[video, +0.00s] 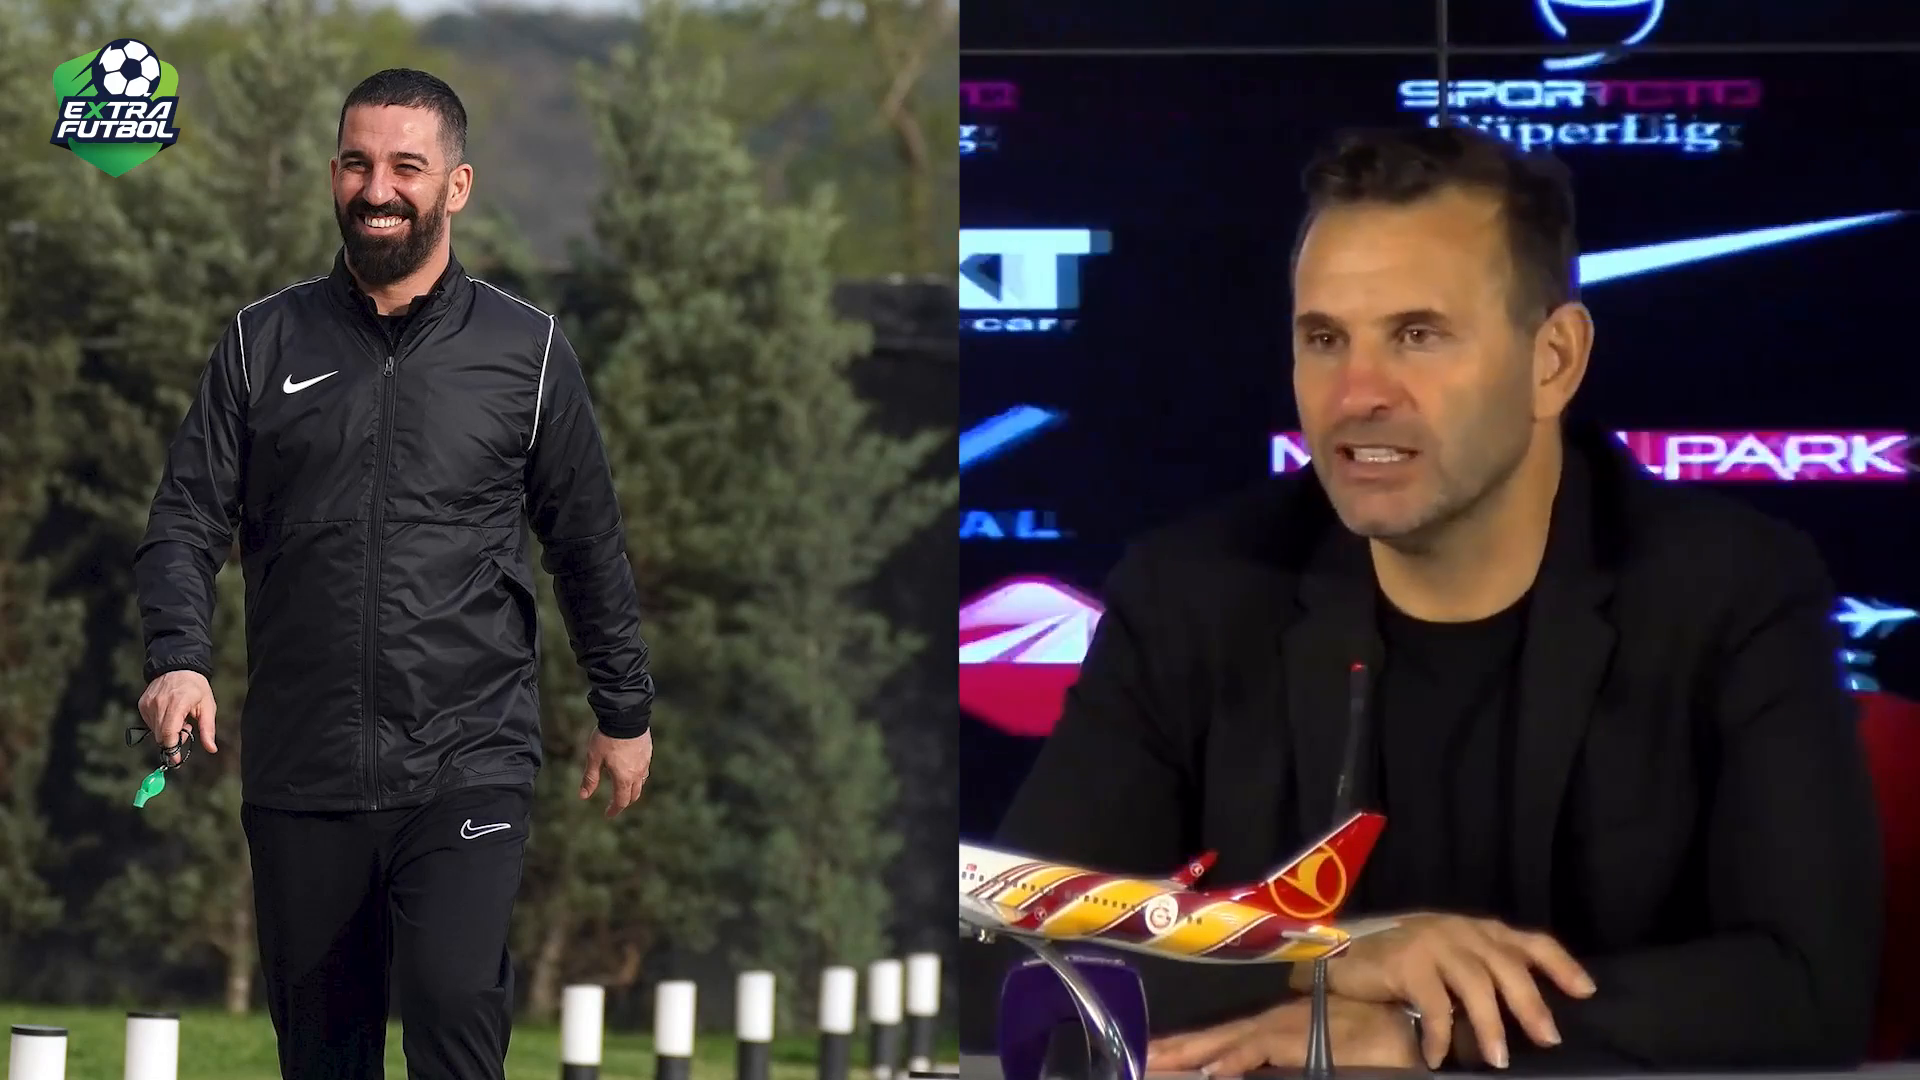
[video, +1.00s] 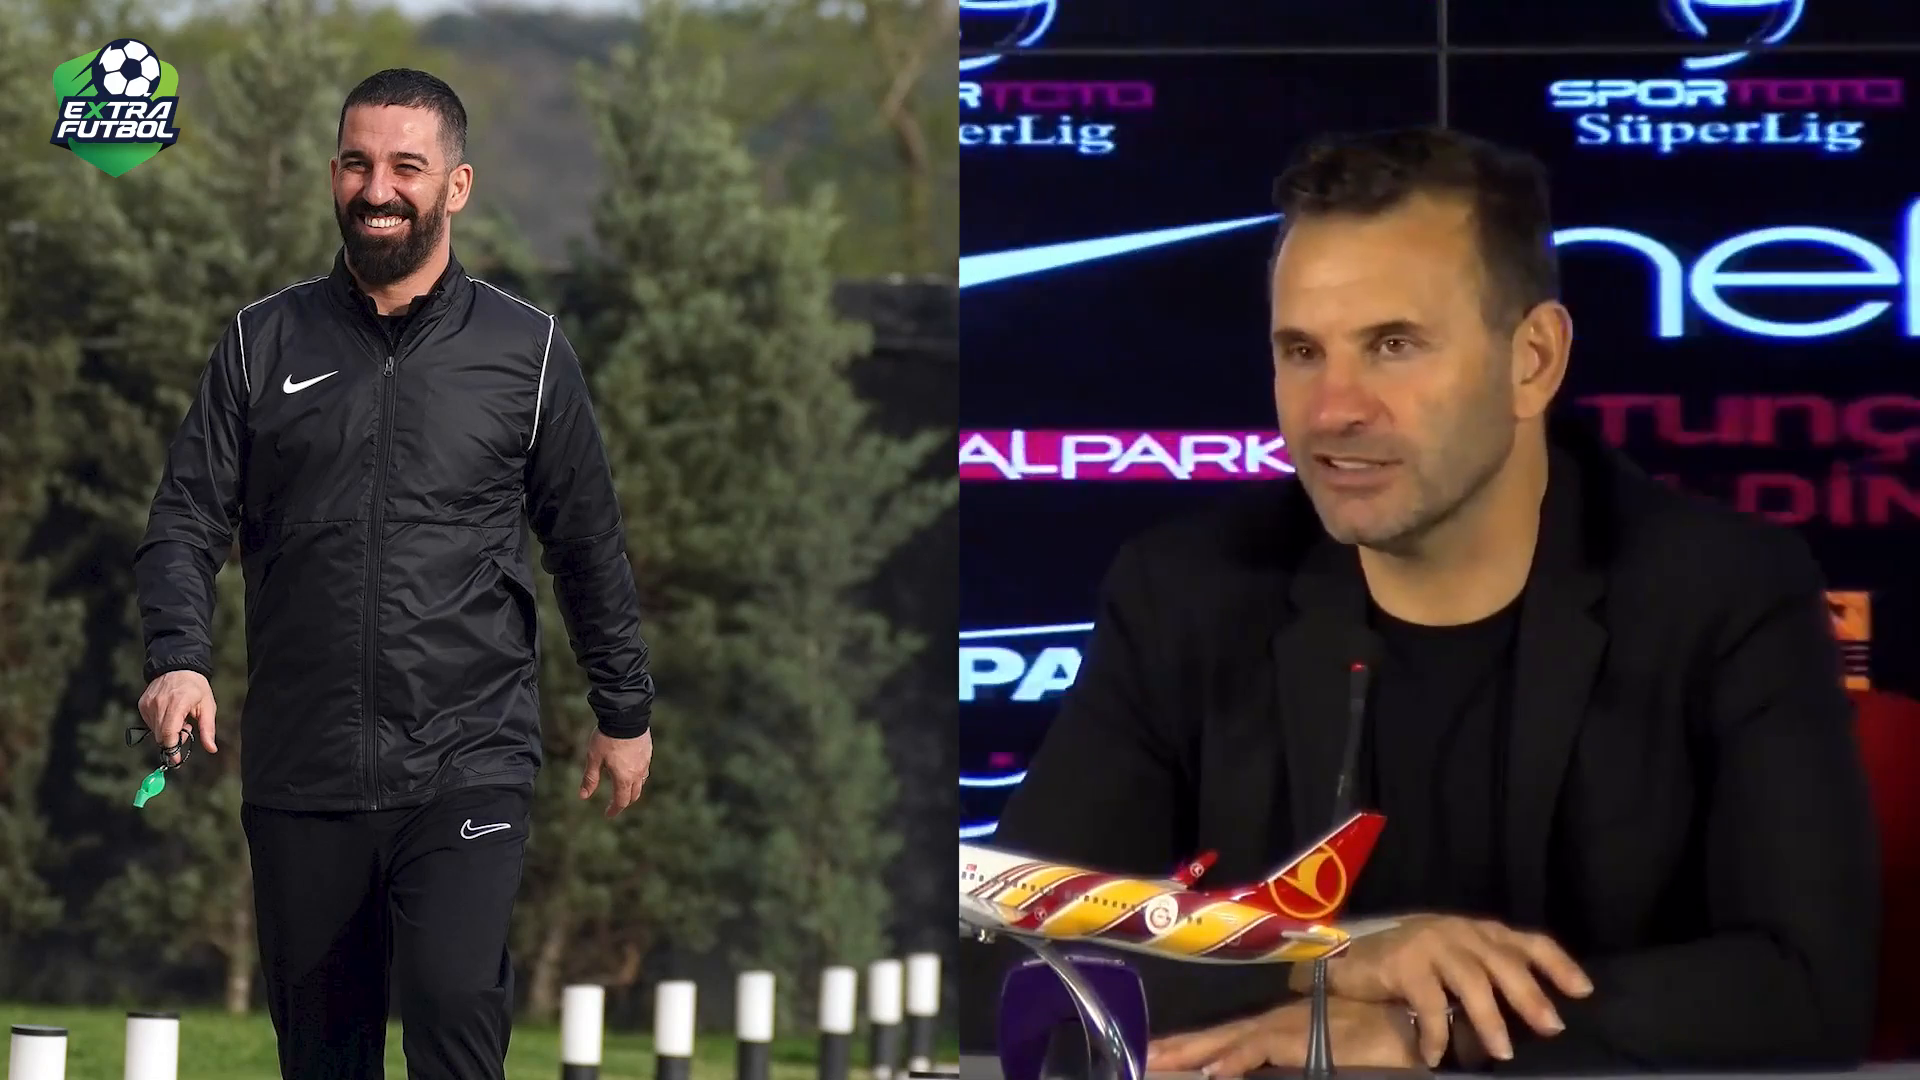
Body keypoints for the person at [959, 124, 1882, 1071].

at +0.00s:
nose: (1356, 393)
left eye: (1418, 336)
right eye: (1325, 339)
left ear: (1555, 360)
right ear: (1293, 357)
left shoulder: (1734, 593)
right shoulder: (1193, 593)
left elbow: (1807, 990)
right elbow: (1026, 967)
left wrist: (1425, 1033)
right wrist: (1324, 962)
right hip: (1245, 1076)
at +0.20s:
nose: (1351, 397)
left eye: (1415, 339)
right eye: (1322, 341)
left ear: (1553, 362)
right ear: (1291, 354)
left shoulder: (1735, 596)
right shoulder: (1191, 592)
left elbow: (1805, 990)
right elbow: (1028, 954)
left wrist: (1423, 1034)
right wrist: (1323, 959)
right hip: (1243, 1075)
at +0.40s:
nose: (1345, 403)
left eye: (1406, 344)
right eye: (1314, 347)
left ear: (1547, 362)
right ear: (1286, 356)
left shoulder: (1733, 597)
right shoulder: (1187, 594)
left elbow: (1805, 990)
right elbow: (1027, 947)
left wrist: (1422, 1035)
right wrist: (1329, 959)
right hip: (1242, 1075)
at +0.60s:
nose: (1338, 401)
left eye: (1400, 344)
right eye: (1308, 348)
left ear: (1540, 362)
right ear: (1279, 357)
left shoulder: (1724, 598)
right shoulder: (1186, 593)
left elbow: (1807, 990)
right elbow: (1022, 960)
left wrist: (1421, 1034)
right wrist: (1324, 964)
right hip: (1244, 1077)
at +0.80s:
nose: (1338, 403)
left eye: (1399, 345)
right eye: (1308, 351)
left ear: (1538, 361)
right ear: (1277, 363)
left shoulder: (1726, 595)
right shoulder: (1189, 592)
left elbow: (1808, 988)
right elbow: (1019, 948)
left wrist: (1427, 1034)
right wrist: (1322, 964)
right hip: (1246, 1077)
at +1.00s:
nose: (1329, 406)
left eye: (1392, 346)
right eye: (1301, 352)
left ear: (1535, 361)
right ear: (1272, 362)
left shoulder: (1727, 596)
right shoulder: (1184, 593)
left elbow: (1808, 990)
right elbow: (1027, 954)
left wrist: (1426, 1033)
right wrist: (1326, 963)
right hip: (1245, 1076)